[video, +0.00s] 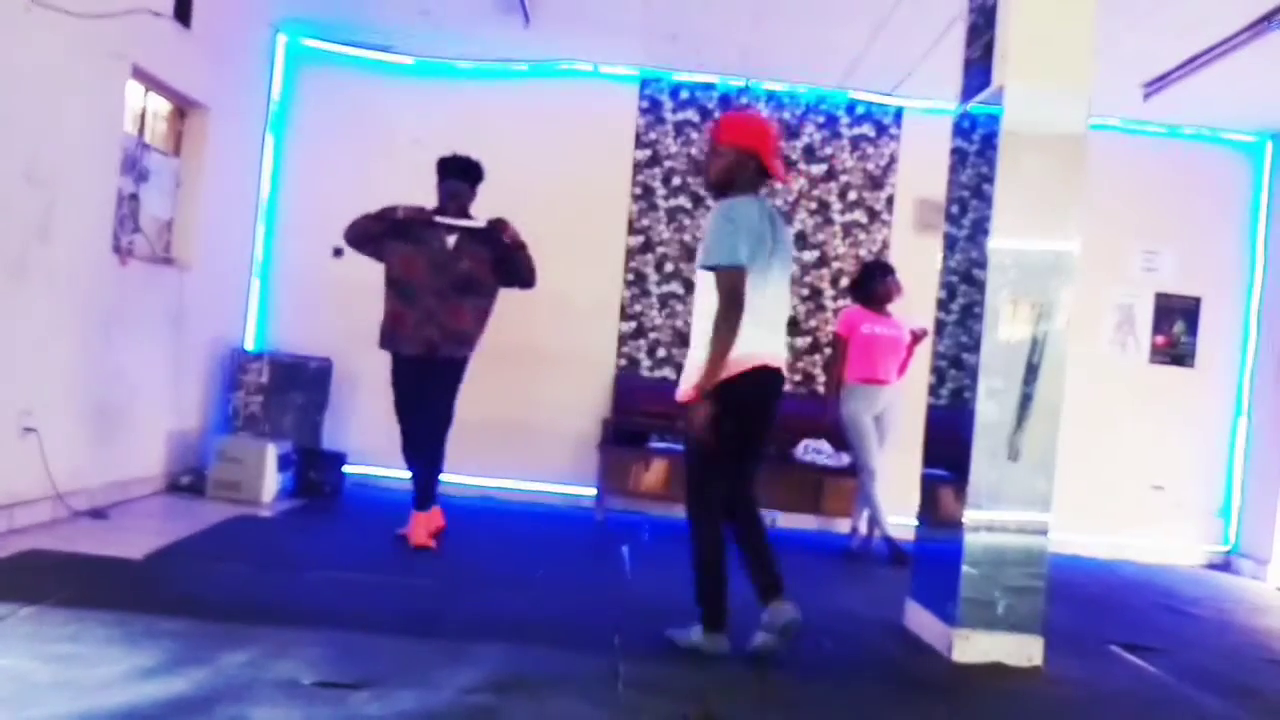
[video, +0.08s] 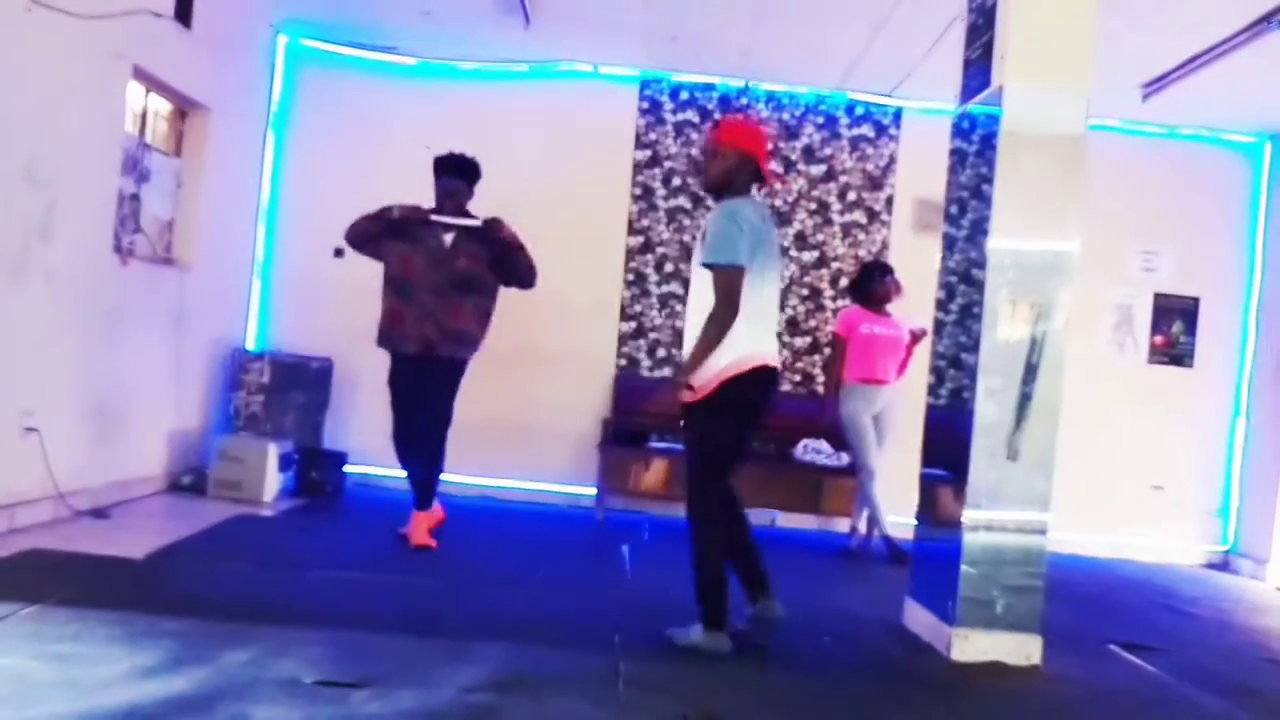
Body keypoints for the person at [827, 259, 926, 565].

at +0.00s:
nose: (897, 287)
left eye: (895, 280)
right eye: (890, 281)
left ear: (889, 285)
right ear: (874, 286)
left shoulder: (895, 325)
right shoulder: (852, 316)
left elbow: (898, 372)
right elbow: (837, 362)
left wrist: (912, 346)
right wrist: (833, 401)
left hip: (887, 391)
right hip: (857, 389)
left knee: (872, 466)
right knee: (869, 464)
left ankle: (858, 531)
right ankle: (887, 536)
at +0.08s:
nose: (895, 287)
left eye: (894, 281)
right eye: (888, 281)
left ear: (888, 286)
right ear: (872, 286)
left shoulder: (895, 325)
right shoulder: (850, 317)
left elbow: (897, 372)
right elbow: (836, 363)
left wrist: (911, 346)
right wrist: (832, 401)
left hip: (886, 391)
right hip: (856, 389)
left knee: (872, 466)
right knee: (868, 464)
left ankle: (857, 531)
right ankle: (885, 535)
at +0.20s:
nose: (894, 286)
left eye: (892, 280)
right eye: (887, 281)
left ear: (887, 286)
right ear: (872, 286)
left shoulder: (895, 326)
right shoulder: (849, 317)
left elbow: (895, 373)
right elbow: (834, 363)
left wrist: (909, 346)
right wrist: (829, 402)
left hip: (883, 396)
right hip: (852, 393)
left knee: (869, 465)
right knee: (867, 464)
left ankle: (853, 531)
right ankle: (885, 535)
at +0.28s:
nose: (892, 285)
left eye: (891, 280)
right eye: (885, 280)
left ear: (888, 287)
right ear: (869, 285)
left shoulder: (895, 326)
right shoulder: (847, 317)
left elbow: (895, 373)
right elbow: (833, 364)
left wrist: (908, 346)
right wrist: (827, 403)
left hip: (884, 396)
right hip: (852, 393)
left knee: (869, 467)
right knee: (867, 465)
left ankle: (850, 532)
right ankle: (885, 537)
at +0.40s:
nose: (889, 287)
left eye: (889, 281)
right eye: (882, 281)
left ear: (890, 287)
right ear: (865, 286)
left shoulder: (895, 327)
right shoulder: (846, 317)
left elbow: (894, 374)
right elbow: (832, 364)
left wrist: (907, 346)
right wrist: (826, 403)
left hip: (882, 396)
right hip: (851, 393)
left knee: (868, 466)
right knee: (866, 464)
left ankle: (849, 532)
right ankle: (885, 536)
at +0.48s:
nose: (889, 286)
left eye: (889, 281)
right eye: (882, 280)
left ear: (889, 287)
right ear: (866, 286)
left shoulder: (895, 326)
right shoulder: (846, 317)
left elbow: (894, 374)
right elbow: (832, 364)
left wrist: (906, 346)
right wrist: (826, 405)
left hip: (882, 397)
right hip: (851, 393)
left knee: (868, 466)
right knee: (866, 464)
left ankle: (850, 533)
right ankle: (885, 536)